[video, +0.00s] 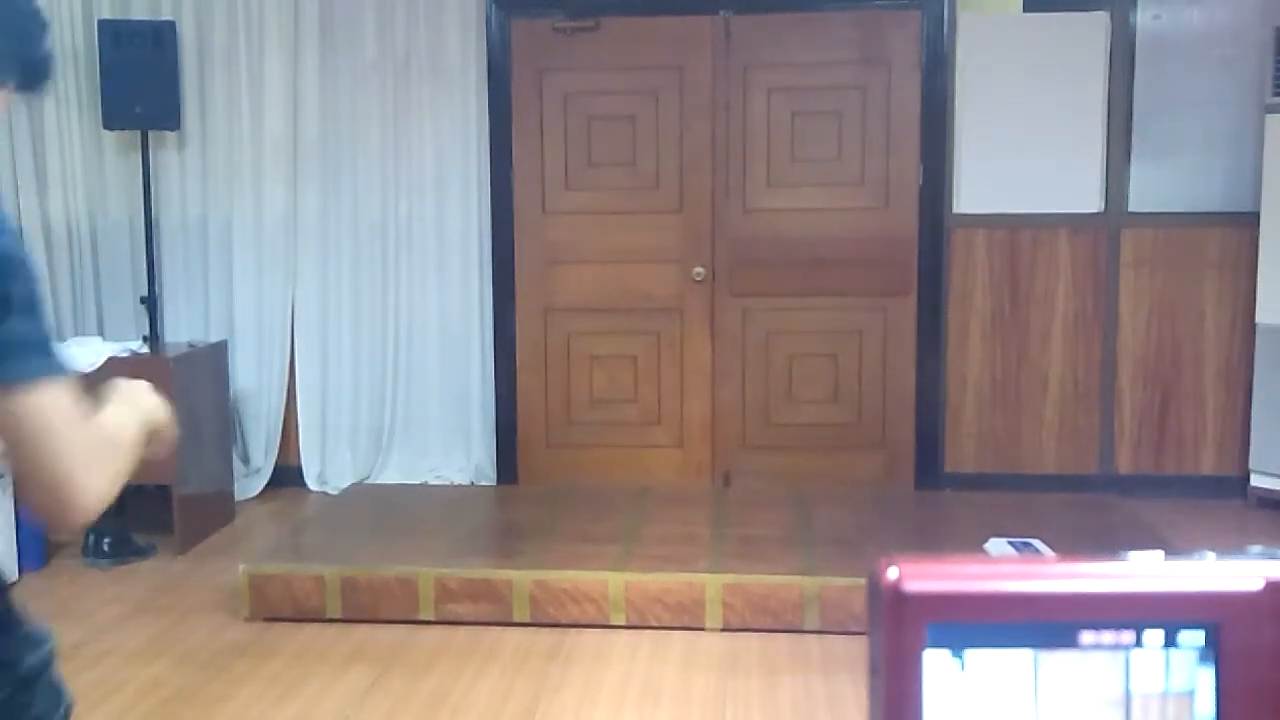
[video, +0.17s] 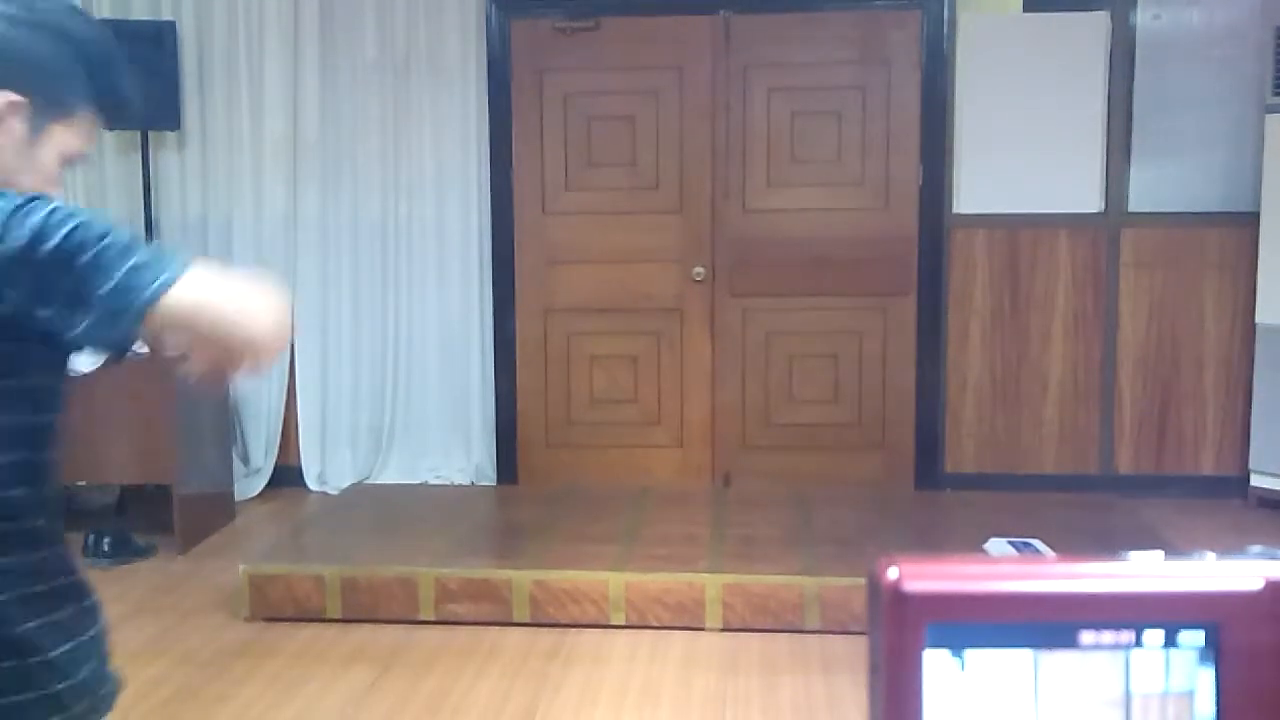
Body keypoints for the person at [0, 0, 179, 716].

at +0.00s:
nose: (15, 102)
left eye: (19, 84)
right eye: (17, 84)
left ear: (19, 80)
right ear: (11, 80)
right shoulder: (3, 241)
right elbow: (70, 493)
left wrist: (113, 410)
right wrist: (131, 407)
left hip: (16, 664)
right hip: (13, 671)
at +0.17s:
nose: (62, 189)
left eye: (71, 167)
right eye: (64, 161)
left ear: (10, 121)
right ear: (9, 120)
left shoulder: (25, 232)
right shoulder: (18, 229)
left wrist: (191, 335)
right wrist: (207, 343)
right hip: (32, 677)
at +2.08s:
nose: (391, 157)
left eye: (398, 140)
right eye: (375, 142)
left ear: (405, 129)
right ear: (328, 140)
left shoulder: (346, 207)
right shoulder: (310, 213)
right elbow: (258, 325)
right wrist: (224, 437)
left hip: (355, 444)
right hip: (338, 449)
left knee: (350, 603)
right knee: (366, 606)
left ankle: (343, 706)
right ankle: (345, 708)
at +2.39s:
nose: (369, 155)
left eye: (379, 138)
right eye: (352, 139)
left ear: (389, 129)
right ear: (309, 134)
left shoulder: (371, 219)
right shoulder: (268, 214)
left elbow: (412, 314)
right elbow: (241, 339)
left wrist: (472, 388)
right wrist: (242, 449)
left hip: (358, 453)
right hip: (301, 453)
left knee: (344, 626)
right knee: (295, 634)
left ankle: (330, 715)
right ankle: (278, 717)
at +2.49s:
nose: (356, 156)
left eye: (366, 138)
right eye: (339, 140)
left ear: (376, 130)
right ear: (296, 134)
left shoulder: (363, 221)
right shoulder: (252, 217)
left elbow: (405, 321)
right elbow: (218, 338)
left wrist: (470, 394)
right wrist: (225, 453)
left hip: (351, 456)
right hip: (290, 457)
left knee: (336, 627)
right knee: (281, 636)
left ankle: (328, 715)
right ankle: (250, 719)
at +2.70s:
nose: (328, 162)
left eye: (339, 144)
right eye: (311, 145)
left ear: (349, 134)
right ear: (263, 136)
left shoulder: (335, 233)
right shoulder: (210, 226)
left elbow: (362, 340)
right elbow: (197, 356)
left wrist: (416, 413)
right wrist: (226, 472)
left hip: (327, 474)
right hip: (259, 477)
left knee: (328, 654)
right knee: (259, 671)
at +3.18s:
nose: (316, 165)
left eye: (327, 146)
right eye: (298, 146)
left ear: (337, 135)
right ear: (245, 133)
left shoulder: (329, 239)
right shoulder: (177, 227)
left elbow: (354, 358)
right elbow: (148, 363)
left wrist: (408, 445)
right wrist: (207, 472)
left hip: (313, 493)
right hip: (214, 500)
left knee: (326, 688)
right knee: (224, 697)